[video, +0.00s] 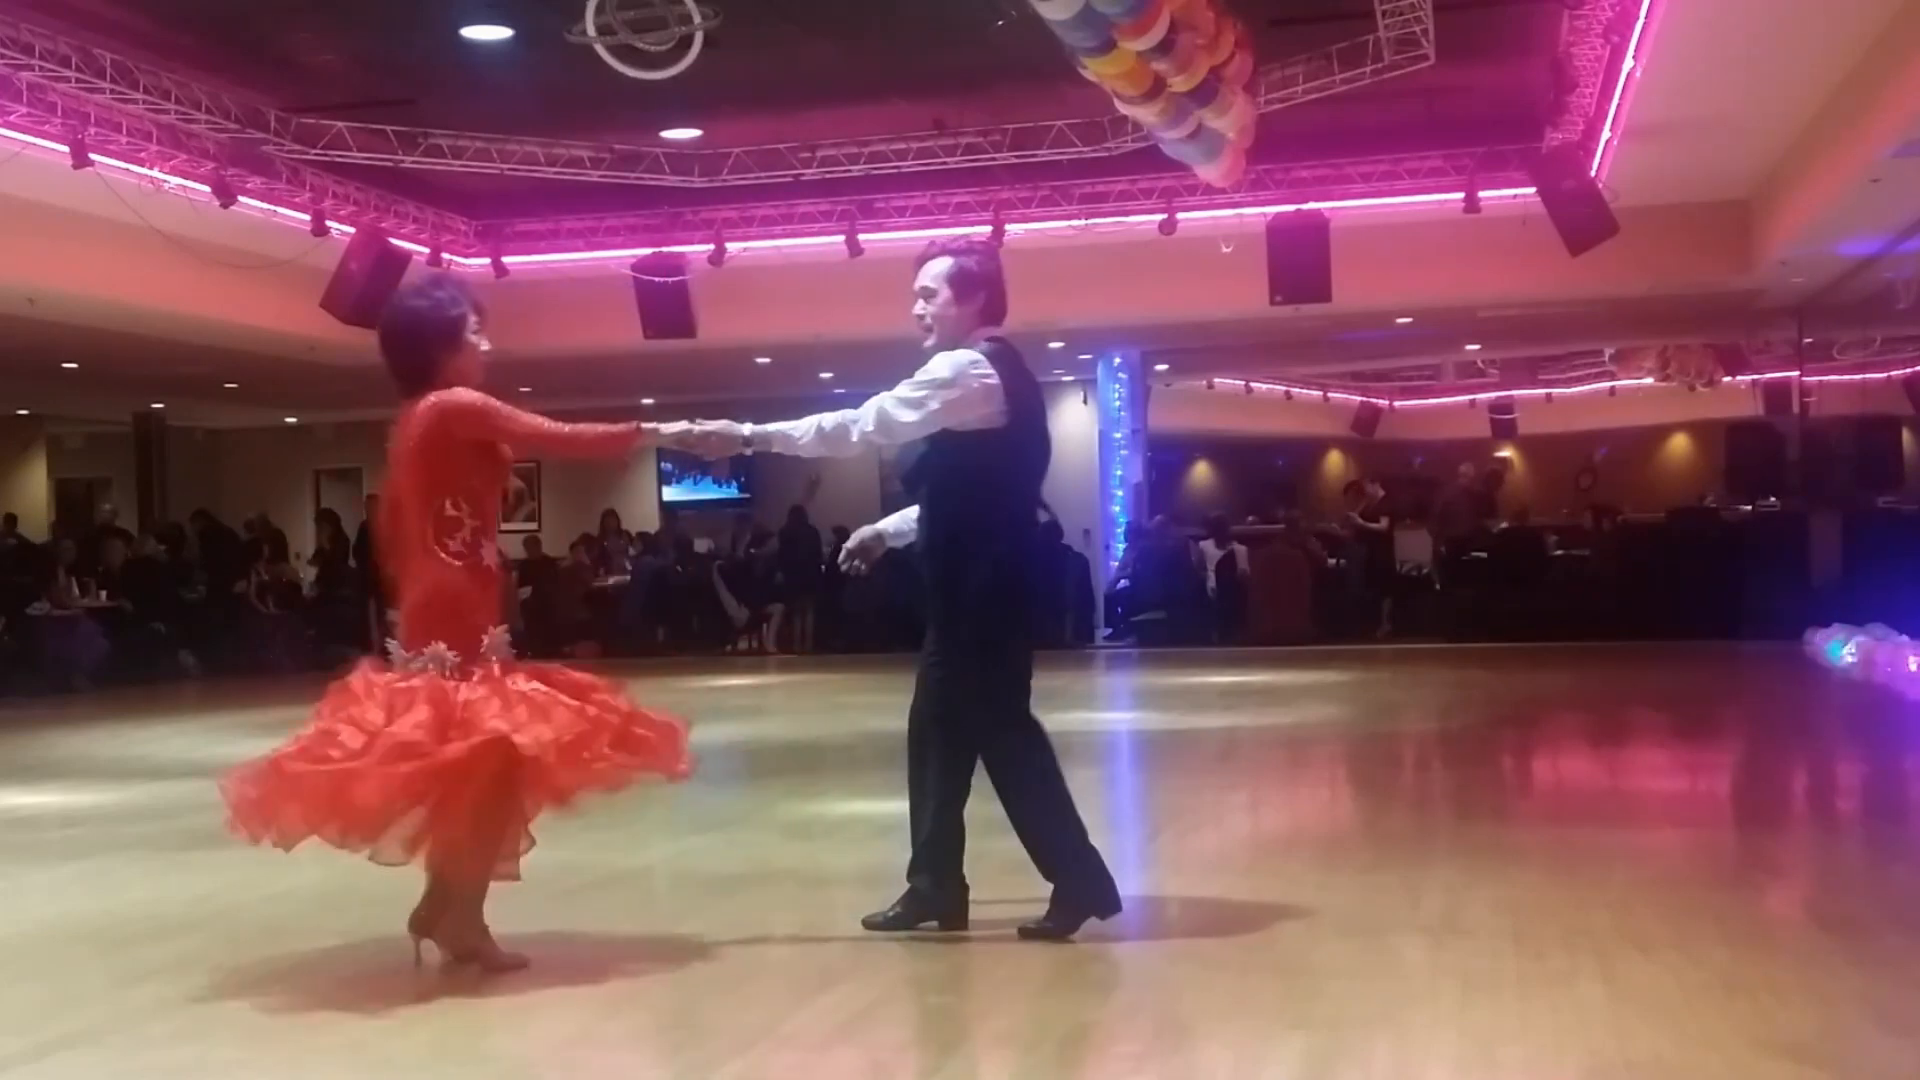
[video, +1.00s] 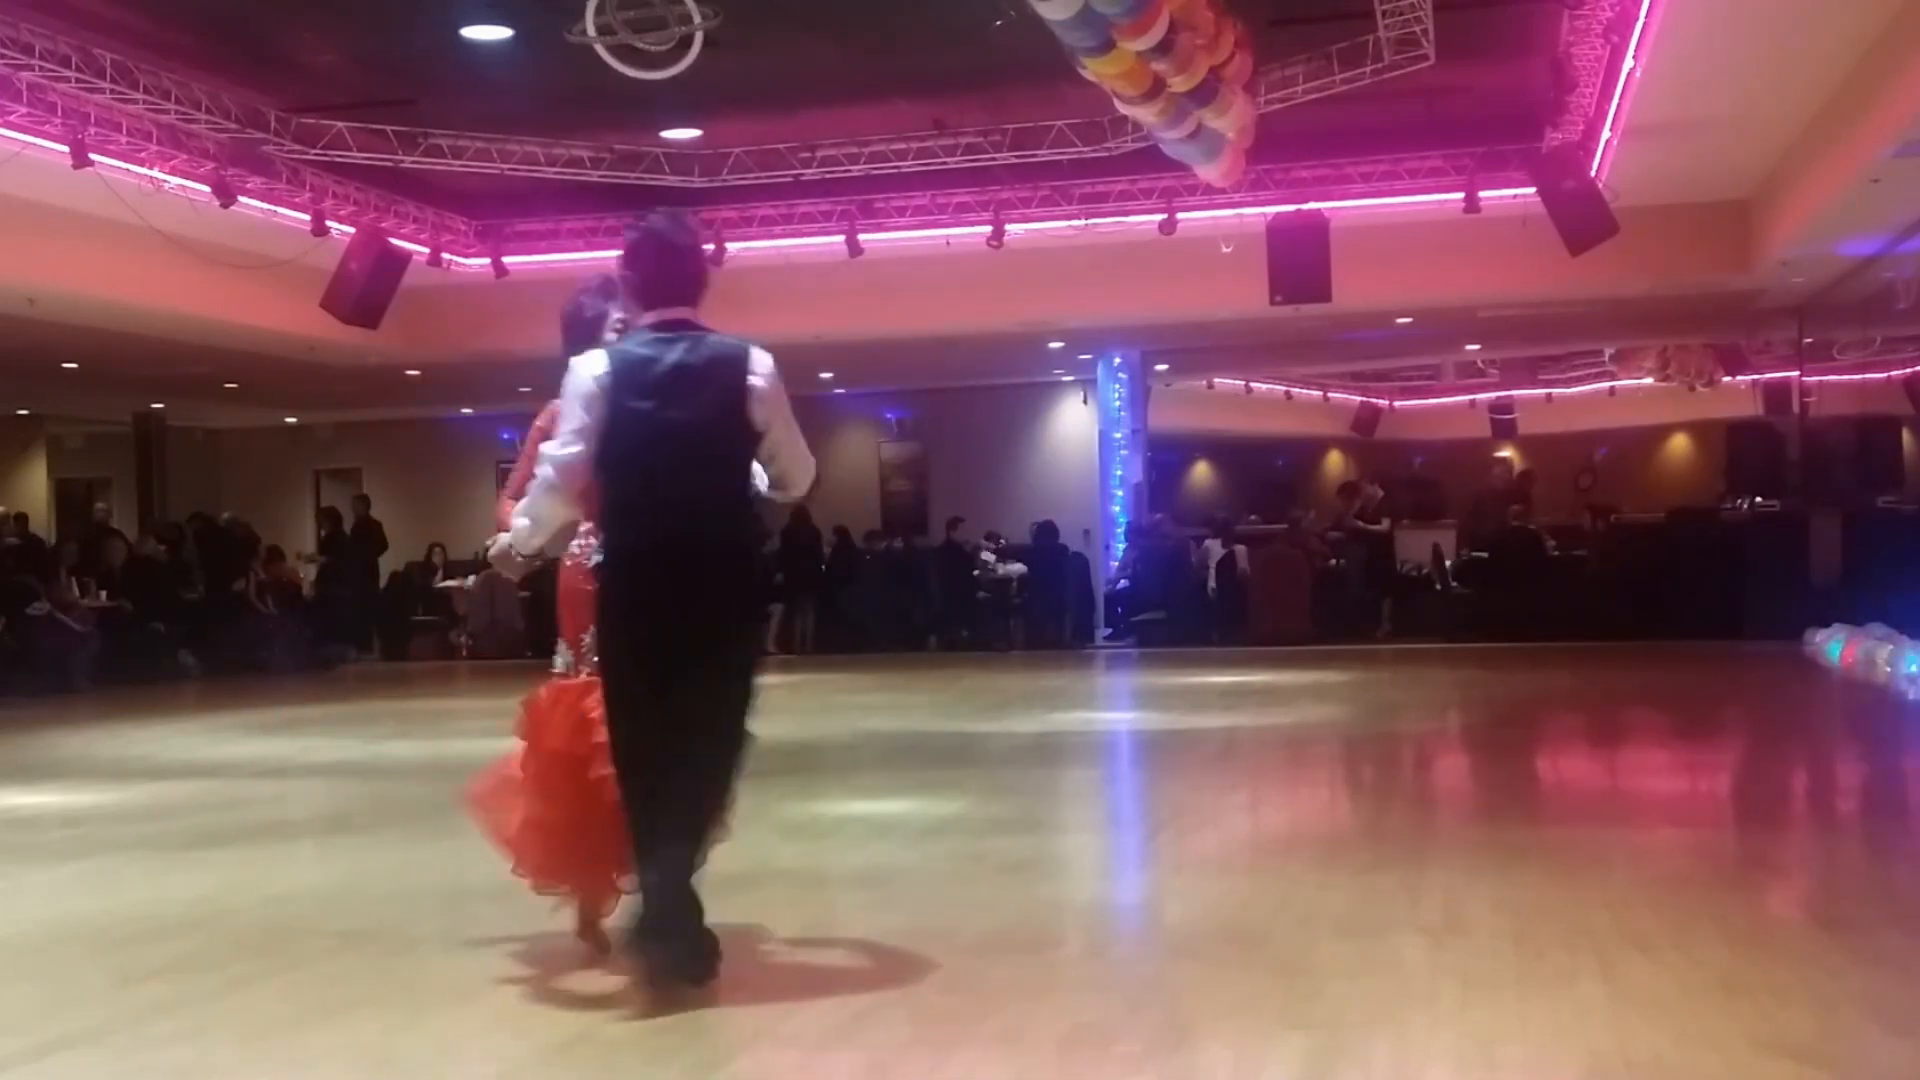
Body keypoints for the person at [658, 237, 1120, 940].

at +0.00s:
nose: (917, 310)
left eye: (930, 296)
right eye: (917, 298)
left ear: (975, 300)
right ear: (973, 307)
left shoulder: (968, 369)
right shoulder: (1001, 372)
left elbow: (858, 427)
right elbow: (974, 500)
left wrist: (743, 435)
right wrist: (887, 532)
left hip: (974, 582)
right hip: (994, 578)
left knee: (937, 729)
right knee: (1004, 729)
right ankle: (1081, 878)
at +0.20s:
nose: (907, 307)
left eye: (919, 294)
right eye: (908, 294)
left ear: (961, 299)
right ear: (967, 303)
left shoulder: (951, 368)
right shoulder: (998, 363)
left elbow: (856, 443)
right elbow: (979, 484)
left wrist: (745, 441)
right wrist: (899, 530)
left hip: (958, 575)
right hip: (986, 567)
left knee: (937, 732)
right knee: (999, 723)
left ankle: (931, 900)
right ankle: (1082, 880)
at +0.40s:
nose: (844, 311)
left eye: (854, 298)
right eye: (846, 297)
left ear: (893, 300)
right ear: (899, 302)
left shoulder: (894, 367)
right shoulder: (928, 366)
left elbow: (856, 470)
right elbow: (899, 501)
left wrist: (757, 474)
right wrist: (817, 536)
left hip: (905, 580)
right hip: (923, 576)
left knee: (888, 746)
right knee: (902, 746)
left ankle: (1005, 860)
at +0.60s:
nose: (764, 304)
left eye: (772, 290)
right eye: (766, 289)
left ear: (801, 293)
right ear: (835, 294)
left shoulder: (798, 362)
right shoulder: (871, 365)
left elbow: (792, 463)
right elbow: (844, 492)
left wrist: (681, 498)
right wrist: (741, 521)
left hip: (813, 586)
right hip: (873, 581)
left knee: (750, 743)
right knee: (865, 737)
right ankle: (918, 893)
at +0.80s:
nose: (682, 307)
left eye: (686, 295)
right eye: (688, 295)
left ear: (698, 299)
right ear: (761, 298)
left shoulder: (683, 371)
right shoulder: (809, 379)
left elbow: (659, 480)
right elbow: (815, 500)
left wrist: (569, 536)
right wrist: (777, 549)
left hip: (703, 592)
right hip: (790, 590)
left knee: (679, 762)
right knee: (822, 750)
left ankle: (693, 947)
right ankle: (871, 919)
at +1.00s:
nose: (623, 289)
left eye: (625, 278)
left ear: (629, 283)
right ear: (700, 279)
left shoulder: (596, 370)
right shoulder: (748, 365)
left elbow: (564, 476)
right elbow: (796, 474)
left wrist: (517, 545)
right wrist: (746, 483)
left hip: (631, 592)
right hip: (723, 590)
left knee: (643, 754)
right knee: (710, 747)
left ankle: (682, 943)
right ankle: (660, 912)